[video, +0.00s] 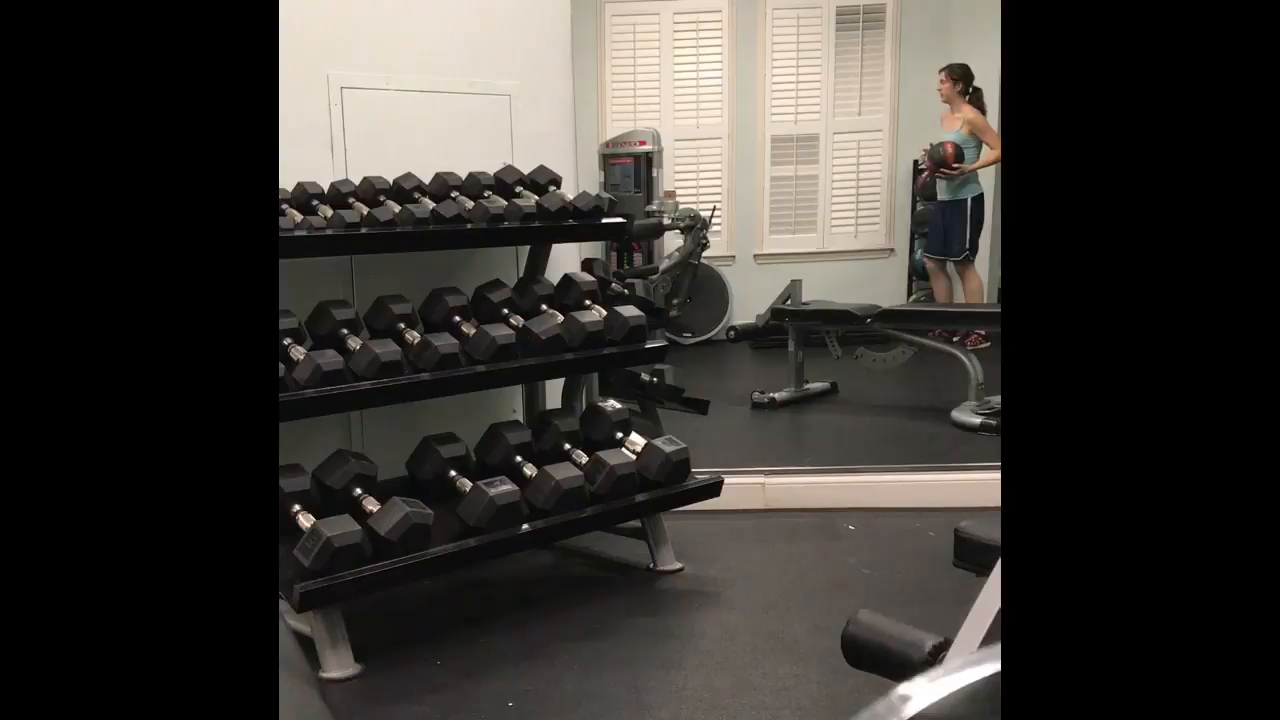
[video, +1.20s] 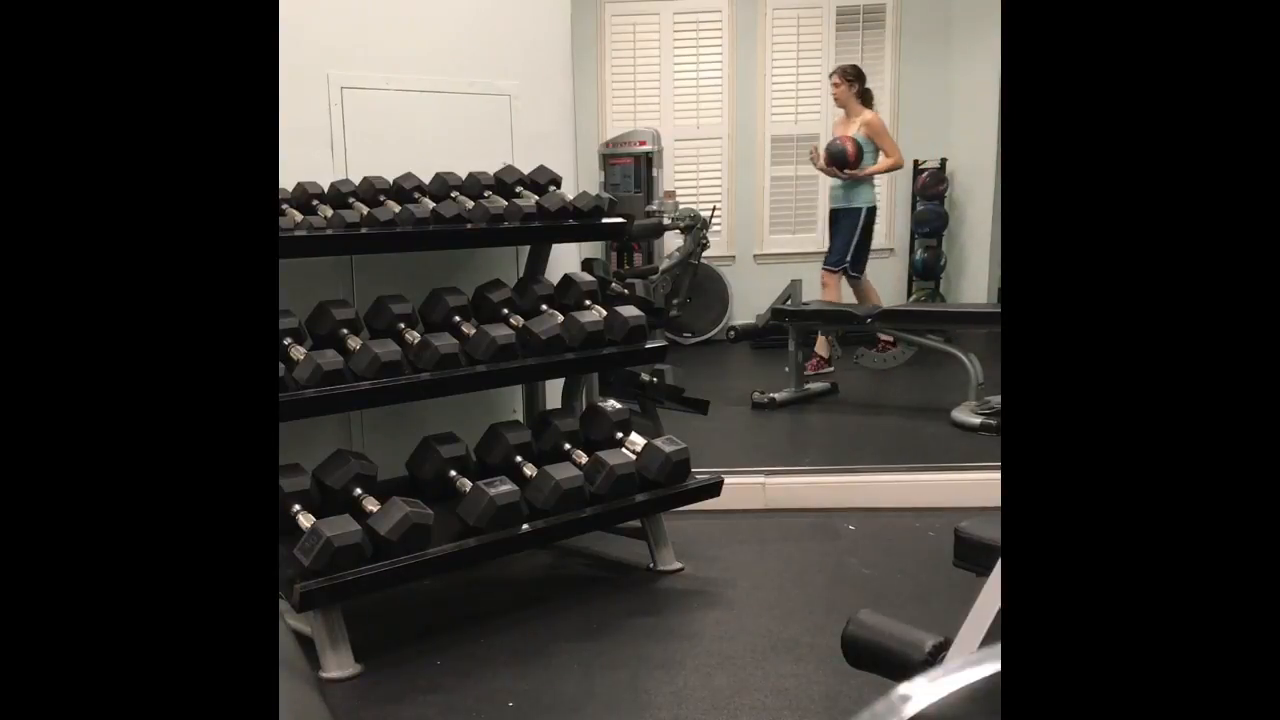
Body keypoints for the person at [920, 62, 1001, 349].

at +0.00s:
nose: (938, 86)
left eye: (943, 82)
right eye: (939, 81)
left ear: (957, 85)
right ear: (951, 85)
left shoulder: (972, 116)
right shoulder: (947, 116)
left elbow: (999, 149)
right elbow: (953, 152)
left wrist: (970, 168)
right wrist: (931, 158)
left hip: (966, 199)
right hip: (944, 198)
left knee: (963, 263)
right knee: (933, 261)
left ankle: (978, 328)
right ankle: (947, 324)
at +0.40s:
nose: (918, 92)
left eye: (922, 86)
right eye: (917, 87)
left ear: (938, 87)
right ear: (929, 89)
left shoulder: (958, 119)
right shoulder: (920, 122)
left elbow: (973, 163)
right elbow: (930, 159)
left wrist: (929, 160)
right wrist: (907, 165)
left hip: (950, 204)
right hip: (920, 204)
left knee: (954, 268)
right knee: (907, 268)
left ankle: (975, 326)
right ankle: (901, 332)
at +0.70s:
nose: (880, 92)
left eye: (884, 87)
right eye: (880, 87)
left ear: (901, 88)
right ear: (895, 89)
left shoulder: (920, 117)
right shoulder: (889, 124)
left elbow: (935, 160)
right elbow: (896, 165)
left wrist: (887, 163)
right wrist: (866, 170)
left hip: (914, 203)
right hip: (888, 202)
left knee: (909, 274)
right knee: (876, 271)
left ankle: (951, 317)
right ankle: (889, 336)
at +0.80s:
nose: (870, 92)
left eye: (874, 86)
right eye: (870, 87)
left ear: (891, 87)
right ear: (885, 88)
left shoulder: (909, 116)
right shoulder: (880, 122)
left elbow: (926, 159)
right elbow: (884, 167)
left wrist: (879, 158)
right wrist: (857, 170)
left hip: (901, 201)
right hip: (878, 202)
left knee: (886, 271)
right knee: (872, 273)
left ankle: (928, 321)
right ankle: (888, 338)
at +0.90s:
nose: (860, 91)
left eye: (864, 86)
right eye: (860, 86)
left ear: (881, 86)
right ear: (873, 87)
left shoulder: (899, 115)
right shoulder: (870, 121)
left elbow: (918, 157)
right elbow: (874, 168)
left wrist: (875, 156)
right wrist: (849, 164)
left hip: (893, 199)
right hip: (870, 199)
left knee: (867, 268)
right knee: (866, 270)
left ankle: (892, 325)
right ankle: (882, 328)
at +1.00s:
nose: (850, 91)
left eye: (854, 85)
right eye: (849, 86)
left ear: (870, 86)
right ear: (861, 87)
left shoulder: (890, 115)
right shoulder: (860, 119)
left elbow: (912, 156)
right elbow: (861, 166)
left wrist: (872, 159)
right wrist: (842, 160)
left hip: (883, 201)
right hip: (861, 201)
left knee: (853, 270)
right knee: (869, 274)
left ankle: (858, 346)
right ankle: (890, 337)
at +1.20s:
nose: (832, 91)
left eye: (836, 86)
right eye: (831, 86)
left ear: (853, 87)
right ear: (843, 88)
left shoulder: (871, 120)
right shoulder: (839, 123)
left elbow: (896, 159)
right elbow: (842, 171)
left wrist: (864, 172)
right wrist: (820, 164)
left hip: (859, 207)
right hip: (840, 206)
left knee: (829, 275)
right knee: (856, 277)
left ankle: (823, 349)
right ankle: (887, 334)